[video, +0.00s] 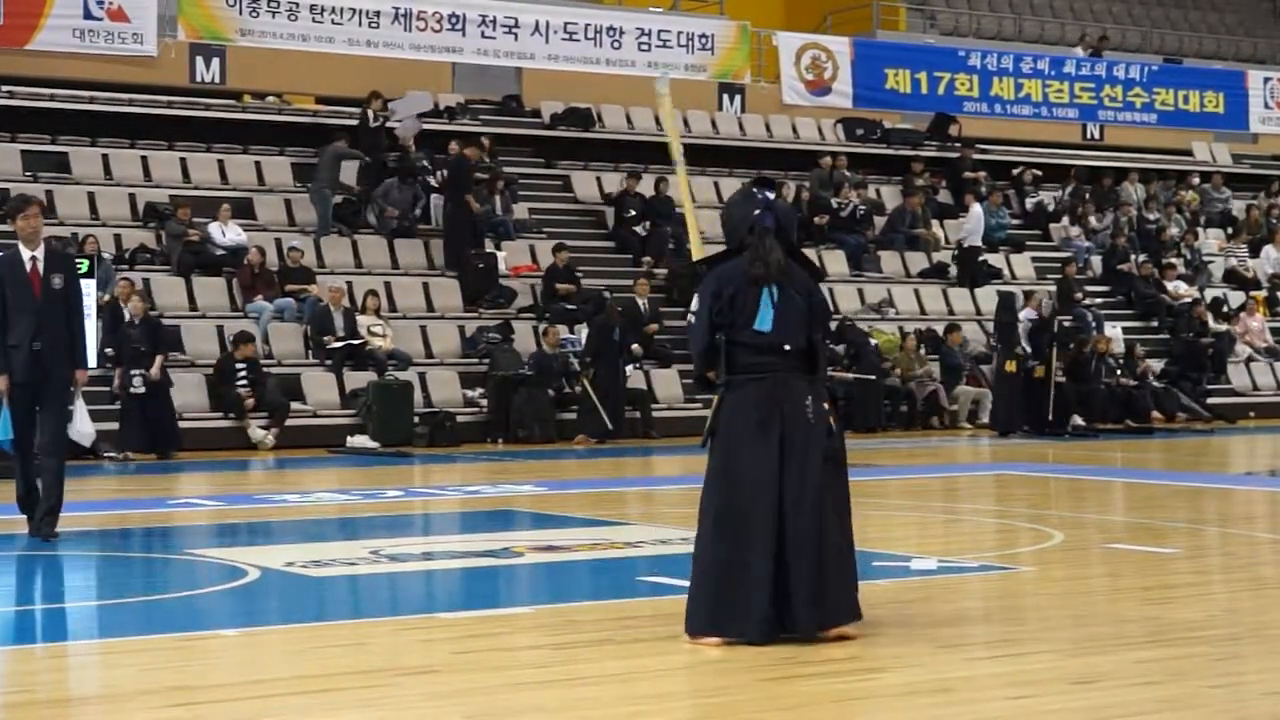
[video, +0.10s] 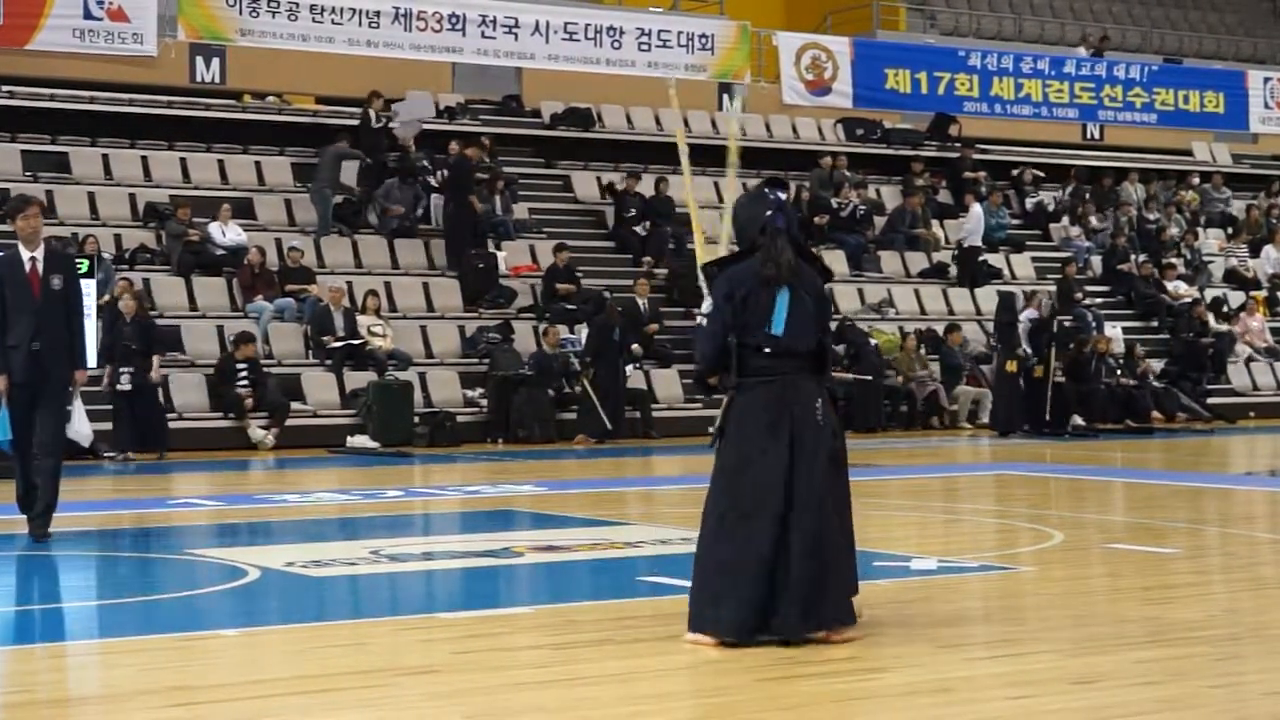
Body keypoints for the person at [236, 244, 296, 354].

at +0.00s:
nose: (251, 257)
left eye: (254, 254)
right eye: (250, 254)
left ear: (261, 258)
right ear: (248, 257)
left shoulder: (268, 272)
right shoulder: (243, 271)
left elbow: (276, 291)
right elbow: (245, 284)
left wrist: (264, 296)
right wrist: (247, 265)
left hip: (270, 301)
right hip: (251, 302)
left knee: (290, 303)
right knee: (268, 309)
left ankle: (288, 336)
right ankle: (261, 341)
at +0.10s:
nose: (251, 257)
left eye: (254, 254)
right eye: (250, 254)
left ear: (262, 258)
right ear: (248, 257)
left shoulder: (268, 272)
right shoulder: (244, 271)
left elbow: (276, 291)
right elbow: (246, 284)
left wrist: (264, 296)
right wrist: (247, 265)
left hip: (269, 301)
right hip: (251, 302)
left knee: (290, 303)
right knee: (268, 308)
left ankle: (289, 335)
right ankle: (262, 341)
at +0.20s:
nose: (251, 257)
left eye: (254, 254)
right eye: (250, 254)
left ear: (262, 258)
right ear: (248, 257)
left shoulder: (268, 272)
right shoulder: (244, 271)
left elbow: (276, 291)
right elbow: (245, 284)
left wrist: (264, 296)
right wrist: (247, 265)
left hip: (270, 301)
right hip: (251, 302)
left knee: (290, 303)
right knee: (268, 308)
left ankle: (289, 335)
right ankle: (262, 341)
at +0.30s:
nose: (251, 257)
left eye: (255, 254)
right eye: (250, 254)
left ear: (262, 258)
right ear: (248, 257)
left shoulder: (268, 272)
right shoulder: (244, 271)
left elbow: (276, 291)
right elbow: (246, 284)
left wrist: (264, 296)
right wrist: (247, 265)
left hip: (270, 301)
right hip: (251, 302)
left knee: (290, 303)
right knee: (268, 308)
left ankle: (289, 335)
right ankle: (262, 342)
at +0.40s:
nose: (251, 257)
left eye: (255, 254)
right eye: (250, 254)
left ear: (262, 258)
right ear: (248, 257)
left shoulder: (268, 272)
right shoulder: (244, 271)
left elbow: (276, 291)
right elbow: (246, 284)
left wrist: (264, 296)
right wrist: (247, 265)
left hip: (270, 301)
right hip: (251, 302)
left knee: (290, 303)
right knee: (268, 308)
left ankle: (289, 335)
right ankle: (262, 341)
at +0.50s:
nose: (251, 257)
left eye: (255, 254)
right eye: (250, 254)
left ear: (262, 258)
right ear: (248, 257)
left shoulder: (268, 273)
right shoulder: (244, 271)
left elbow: (276, 292)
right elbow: (246, 284)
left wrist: (264, 296)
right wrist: (247, 265)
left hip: (270, 301)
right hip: (251, 302)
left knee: (290, 303)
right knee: (268, 308)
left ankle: (289, 335)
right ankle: (262, 341)